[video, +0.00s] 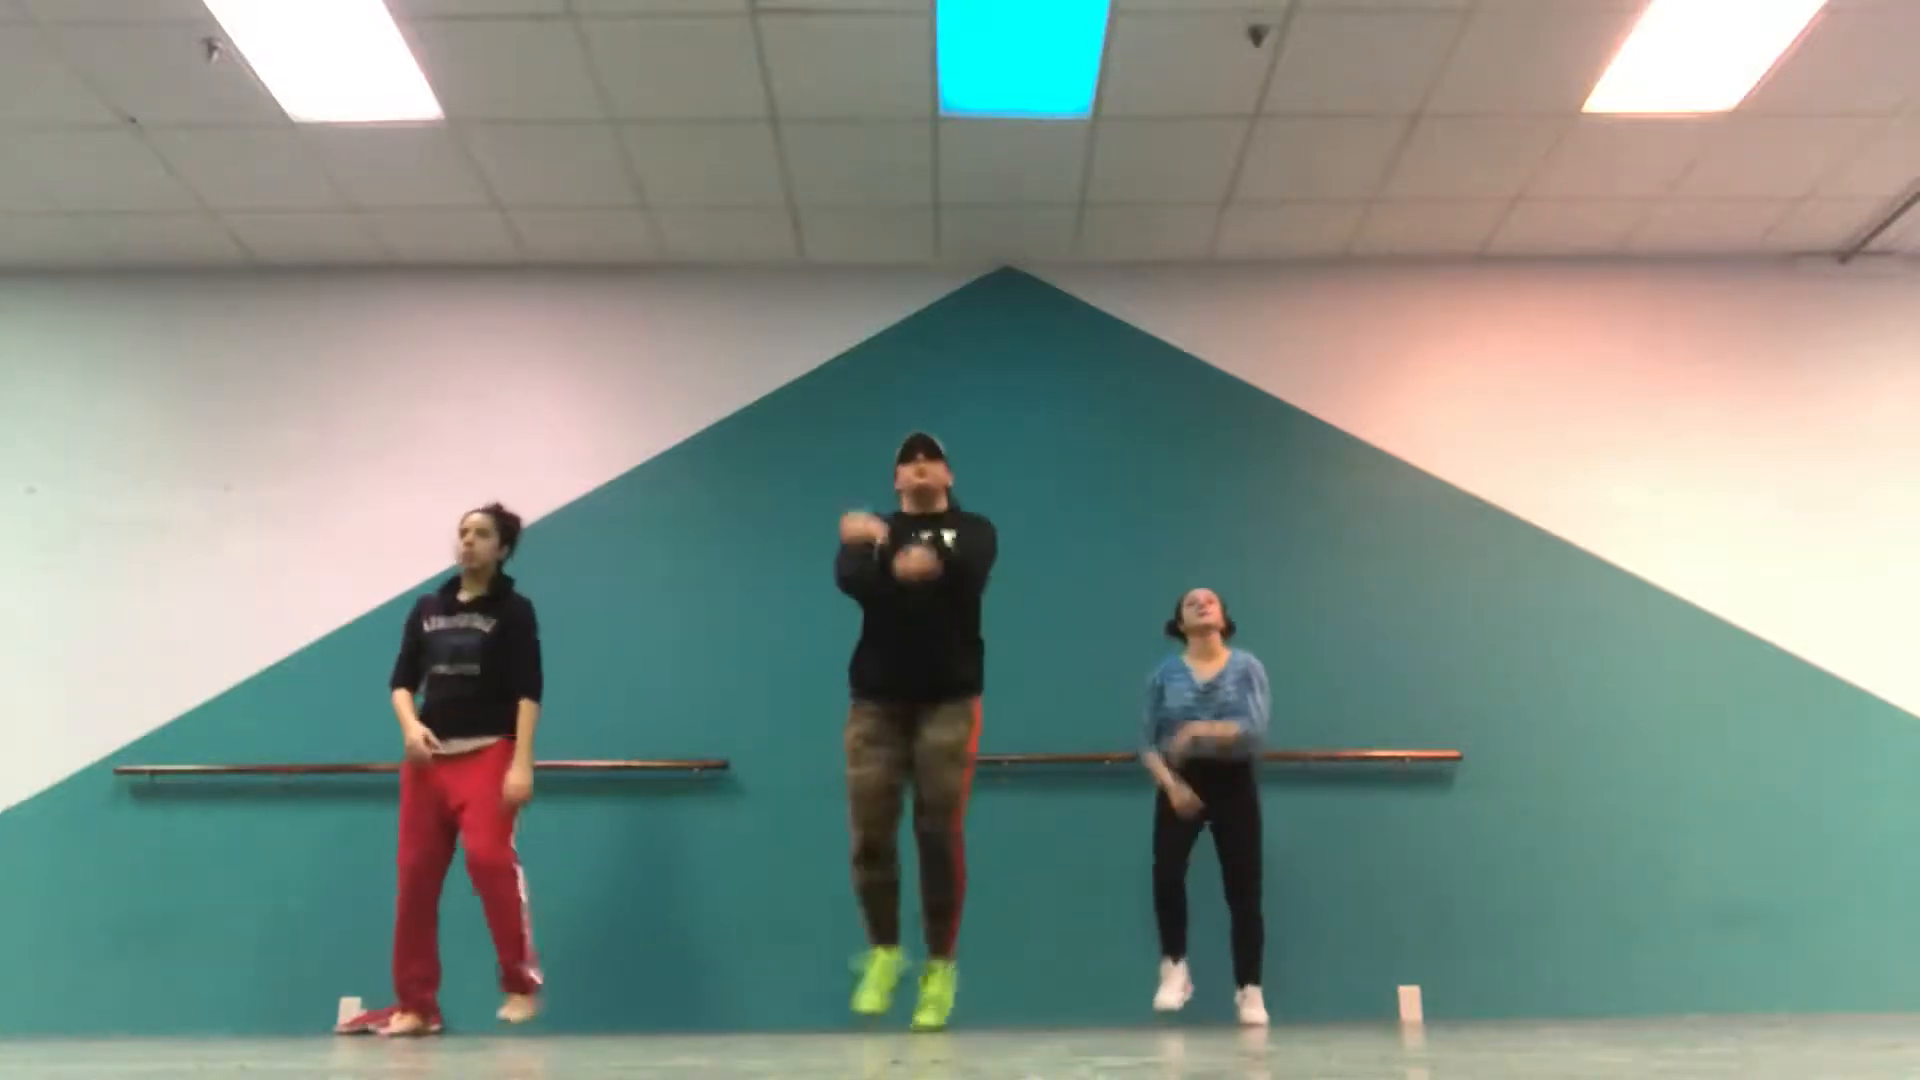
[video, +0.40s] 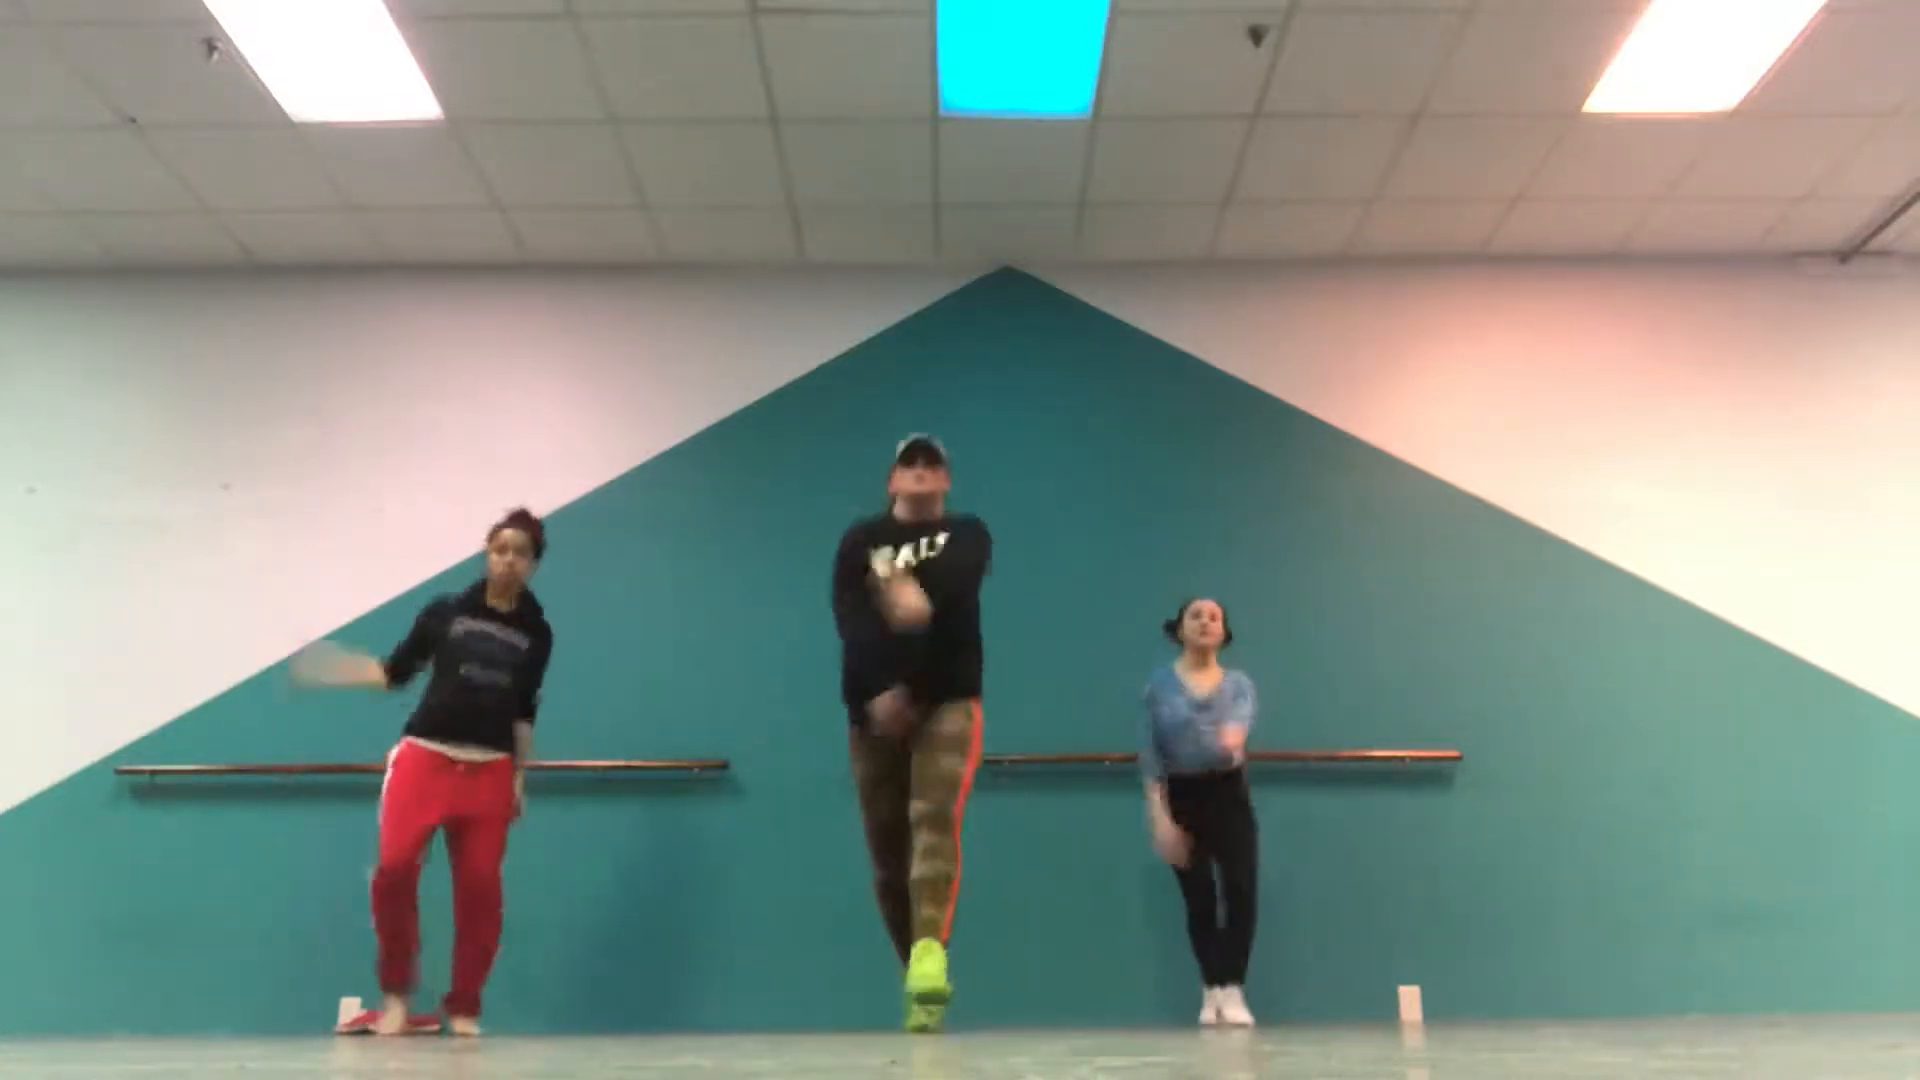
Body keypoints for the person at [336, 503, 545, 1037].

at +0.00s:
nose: (467, 541)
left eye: (479, 535)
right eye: (463, 533)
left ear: (502, 547)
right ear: (456, 543)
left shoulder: (515, 610)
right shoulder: (427, 609)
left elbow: (528, 691)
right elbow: (402, 681)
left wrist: (522, 763)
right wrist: (410, 725)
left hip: (488, 757)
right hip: (426, 760)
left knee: (489, 862)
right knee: (415, 880)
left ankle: (520, 986)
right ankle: (417, 1005)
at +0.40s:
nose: (508, 561)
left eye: (520, 553)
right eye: (501, 550)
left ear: (534, 564)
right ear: (487, 553)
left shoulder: (536, 631)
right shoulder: (447, 611)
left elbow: (524, 711)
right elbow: (392, 671)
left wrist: (519, 778)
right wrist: (326, 668)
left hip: (489, 771)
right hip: (423, 761)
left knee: (481, 886)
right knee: (394, 869)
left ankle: (463, 1008)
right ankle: (395, 993)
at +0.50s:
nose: (526, 572)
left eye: (536, 565)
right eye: (518, 561)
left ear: (548, 575)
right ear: (502, 564)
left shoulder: (538, 641)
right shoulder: (457, 602)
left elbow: (512, 714)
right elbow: (379, 606)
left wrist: (506, 781)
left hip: (482, 775)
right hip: (419, 761)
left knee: (476, 891)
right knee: (380, 848)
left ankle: (459, 1008)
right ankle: (347, 951)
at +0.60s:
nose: (530, 586)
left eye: (540, 578)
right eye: (522, 575)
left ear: (549, 587)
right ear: (504, 576)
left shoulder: (535, 648)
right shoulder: (473, 608)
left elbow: (495, 709)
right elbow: (445, 584)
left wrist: (488, 762)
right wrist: (421, 563)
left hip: (471, 781)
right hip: (412, 764)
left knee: (474, 896)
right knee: (367, 852)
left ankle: (457, 1010)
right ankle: (301, 914)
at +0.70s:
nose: (534, 584)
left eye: (542, 575)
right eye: (525, 574)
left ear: (548, 583)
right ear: (504, 576)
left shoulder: (527, 639)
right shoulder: (480, 604)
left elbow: (481, 692)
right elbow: (440, 600)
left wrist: (466, 750)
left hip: (455, 775)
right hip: (403, 757)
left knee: (463, 890)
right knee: (349, 864)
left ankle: (457, 1010)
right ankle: (264, 923)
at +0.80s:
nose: (525, 587)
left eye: (531, 577)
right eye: (515, 576)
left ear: (535, 584)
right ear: (491, 580)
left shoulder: (498, 632)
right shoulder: (473, 621)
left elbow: (457, 695)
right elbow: (466, 696)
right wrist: (500, 747)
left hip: (441, 776)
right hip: (392, 761)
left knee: (460, 882)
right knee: (332, 866)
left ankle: (453, 1008)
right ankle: (239, 968)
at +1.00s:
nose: (479, 605)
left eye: (488, 595)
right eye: (469, 595)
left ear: (496, 602)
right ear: (450, 599)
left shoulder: (483, 665)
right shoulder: (439, 650)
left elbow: (461, 738)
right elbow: (417, 729)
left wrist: (466, 790)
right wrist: (417, 798)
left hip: (446, 804)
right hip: (394, 793)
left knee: (484, 893)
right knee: (318, 901)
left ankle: (452, 1013)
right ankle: (219, 1003)